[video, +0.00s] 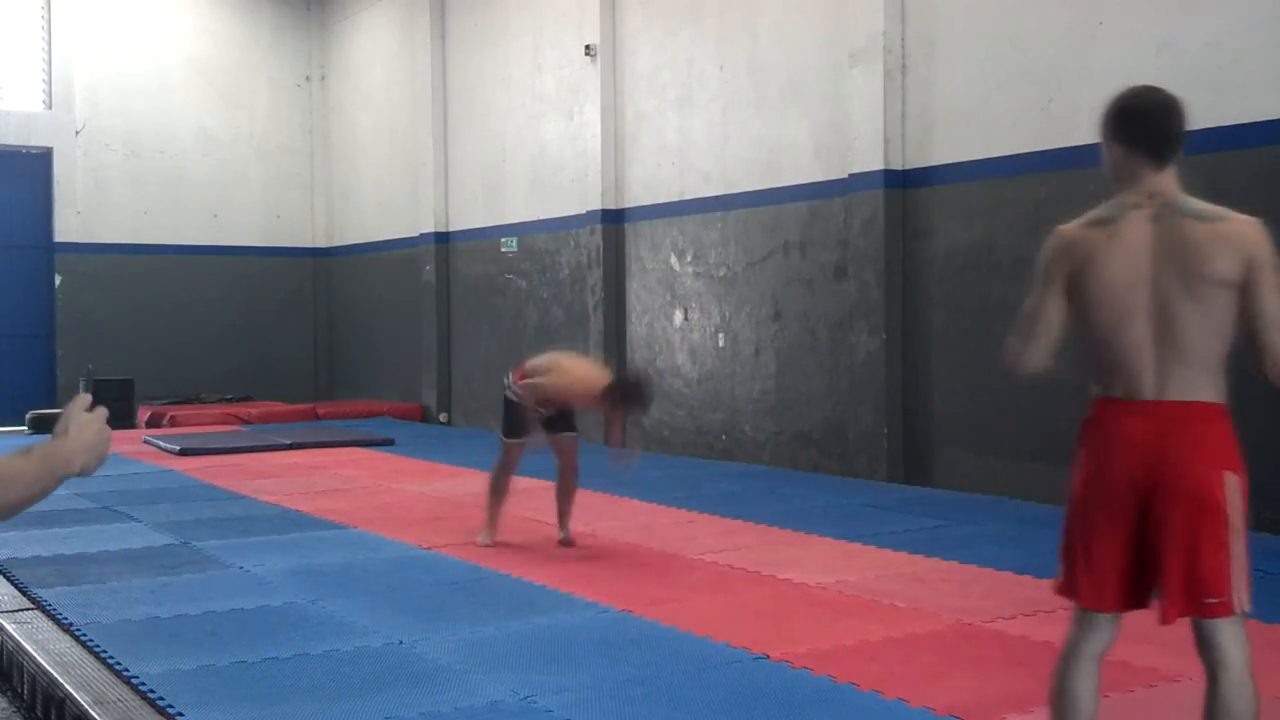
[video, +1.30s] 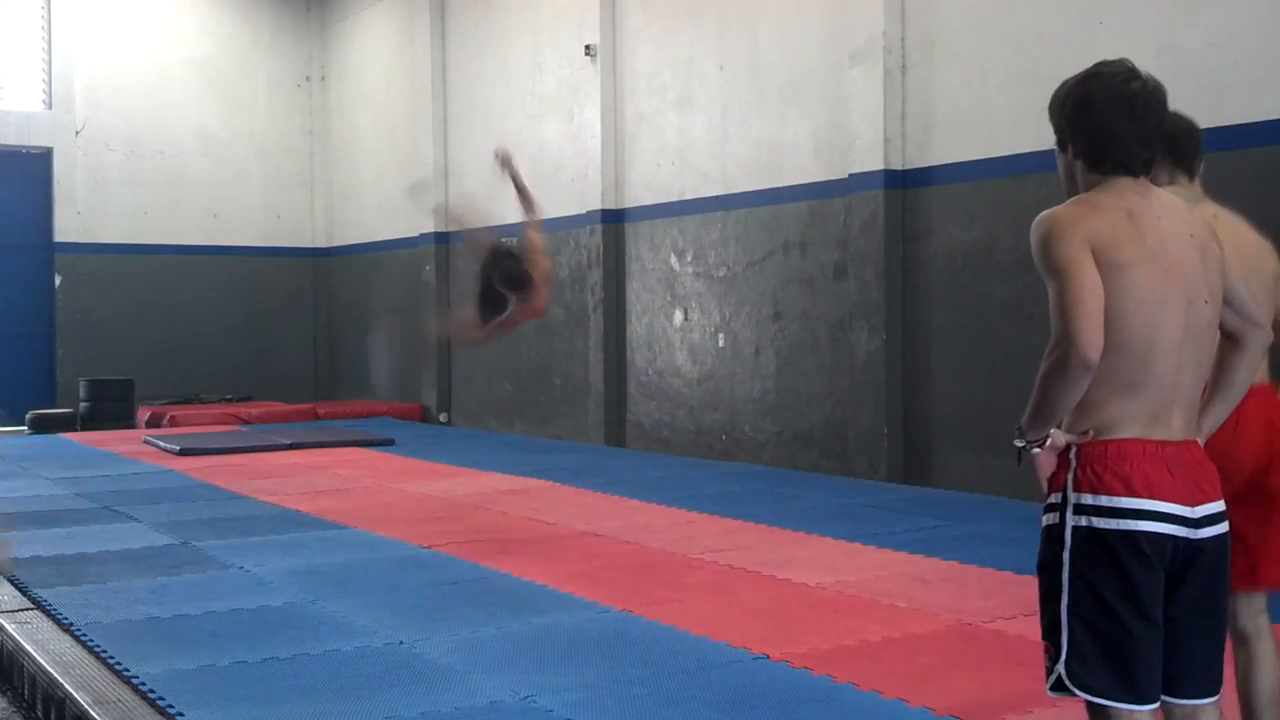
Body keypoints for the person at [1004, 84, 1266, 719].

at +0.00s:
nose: (1104, 158)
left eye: (1105, 147)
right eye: (1108, 147)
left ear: (1113, 152)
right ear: (1178, 148)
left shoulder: (1074, 241)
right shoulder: (1242, 235)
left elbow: (1026, 357)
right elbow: (1274, 361)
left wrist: (1067, 295)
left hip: (1113, 451)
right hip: (1204, 452)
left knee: (1089, 634)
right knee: (1224, 639)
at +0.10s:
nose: (1132, 162)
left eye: (1132, 151)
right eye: (1132, 151)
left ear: (1144, 153)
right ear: (1206, 150)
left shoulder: (1100, 241)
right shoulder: (1265, 237)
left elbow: (1085, 368)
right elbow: (1275, 373)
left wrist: (1139, 335)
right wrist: (1232, 338)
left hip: (1137, 451)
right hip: (1228, 452)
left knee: (1104, 634)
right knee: (1236, 646)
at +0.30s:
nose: (1170, 160)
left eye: (1171, 148)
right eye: (1169, 148)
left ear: (1190, 150)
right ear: (1244, 149)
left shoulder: (1140, 232)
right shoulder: (1275, 229)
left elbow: (1075, 342)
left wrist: (1144, 361)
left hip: (1172, 451)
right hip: (1261, 451)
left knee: (1134, 624)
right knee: (1253, 645)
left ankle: (1194, 715)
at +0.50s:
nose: (1186, 159)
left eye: (1187, 147)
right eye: (1187, 147)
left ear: (1203, 153)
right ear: (1261, 151)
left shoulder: (1158, 240)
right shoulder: (1279, 229)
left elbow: (1078, 346)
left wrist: (1142, 399)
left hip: (1205, 468)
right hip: (1274, 460)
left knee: (1220, 675)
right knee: (1269, 669)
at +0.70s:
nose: (1172, 180)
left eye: (1180, 166)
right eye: (1171, 166)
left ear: (1224, 167)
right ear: (1237, 168)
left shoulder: (1202, 246)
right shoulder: (1273, 231)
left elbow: (1184, 349)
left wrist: (1185, 431)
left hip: (1218, 432)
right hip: (1270, 427)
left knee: (1194, 610)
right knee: (1247, 613)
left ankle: (1194, 712)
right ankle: (1239, 715)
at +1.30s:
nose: (1141, 185)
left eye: (1142, 173)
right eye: (1141, 176)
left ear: (1157, 169)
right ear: (1198, 165)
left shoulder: (1166, 233)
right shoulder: (1243, 229)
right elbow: (1264, 323)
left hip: (1208, 415)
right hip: (1263, 406)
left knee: (1181, 611)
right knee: (1251, 613)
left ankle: (1180, 710)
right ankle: (1261, 714)